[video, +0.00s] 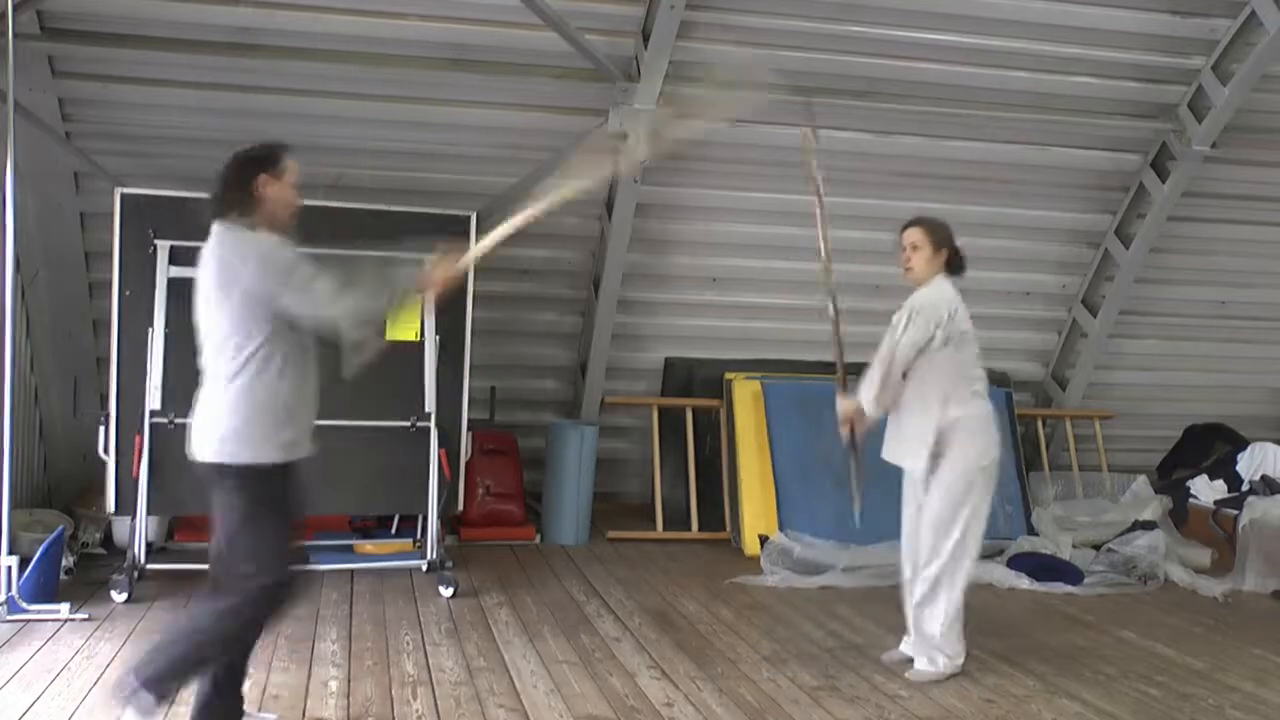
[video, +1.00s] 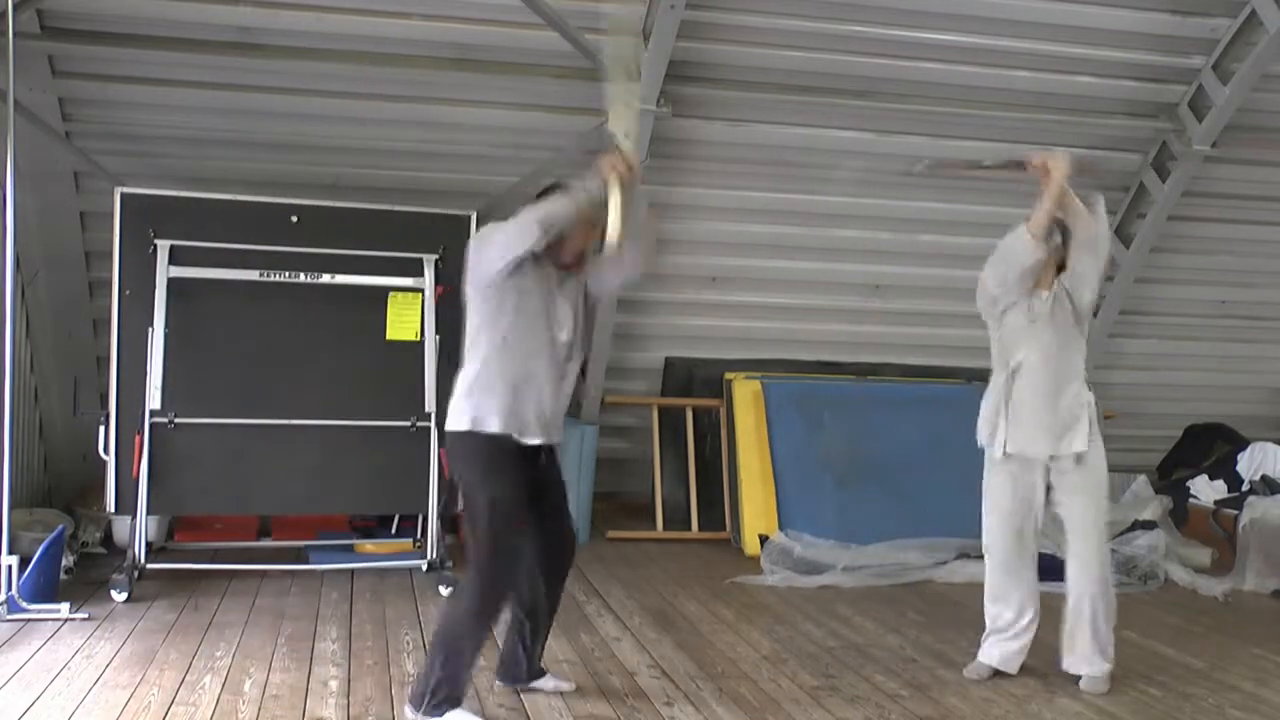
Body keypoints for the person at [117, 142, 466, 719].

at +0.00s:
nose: (300, 197)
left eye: (298, 186)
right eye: (292, 185)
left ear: (259, 188)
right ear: (262, 186)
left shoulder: (229, 246)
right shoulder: (253, 250)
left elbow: (315, 310)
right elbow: (331, 301)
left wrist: (384, 312)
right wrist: (419, 283)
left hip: (241, 439)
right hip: (248, 443)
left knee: (241, 577)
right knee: (265, 578)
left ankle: (218, 707)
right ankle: (145, 682)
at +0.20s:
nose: (377, 212)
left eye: (376, 200)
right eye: (372, 199)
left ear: (327, 190)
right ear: (351, 196)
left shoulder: (290, 230)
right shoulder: (342, 239)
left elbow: (338, 167)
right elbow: (417, 197)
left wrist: (378, 114)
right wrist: (412, 128)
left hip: (280, 431)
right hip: (327, 434)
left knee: (259, 574)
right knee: (407, 551)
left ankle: (216, 708)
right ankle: (357, 676)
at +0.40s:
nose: (463, 207)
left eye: (455, 193)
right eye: (458, 196)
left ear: (401, 200)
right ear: (443, 202)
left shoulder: (372, 245)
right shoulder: (444, 246)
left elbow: (384, 196)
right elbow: (495, 176)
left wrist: (390, 146)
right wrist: (429, 129)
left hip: (351, 432)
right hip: (411, 437)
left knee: (361, 557)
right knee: (447, 582)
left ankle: (277, 654)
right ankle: (436, 708)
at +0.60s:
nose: (518, 226)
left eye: (518, 216)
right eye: (514, 215)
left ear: (469, 208)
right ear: (494, 212)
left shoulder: (429, 249)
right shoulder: (474, 253)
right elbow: (552, 293)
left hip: (413, 426)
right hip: (444, 432)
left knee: (458, 551)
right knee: (469, 561)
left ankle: (451, 649)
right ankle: (435, 707)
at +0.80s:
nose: (566, 251)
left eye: (566, 239)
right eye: (561, 238)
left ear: (532, 235)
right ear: (534, 234)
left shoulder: (508, 284)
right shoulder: (479, 265)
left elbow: (549, 359)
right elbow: (544, 326)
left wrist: (632, 351)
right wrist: (633, 349)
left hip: (501, 440)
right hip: (462, 437)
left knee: (536, 547)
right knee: (523, 549)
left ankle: (516, 672)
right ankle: (449, 677)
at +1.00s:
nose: (587, 244)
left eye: (594, 233)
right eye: (582, 229)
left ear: (593, 237)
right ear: (555, 224)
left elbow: (630, 262)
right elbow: (538, 224)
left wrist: (629, 196)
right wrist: (592, 184)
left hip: (536, 440)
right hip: (482, 434)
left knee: (554, 549)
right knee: (496, 563)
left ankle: (520, 668)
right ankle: (431, 700)